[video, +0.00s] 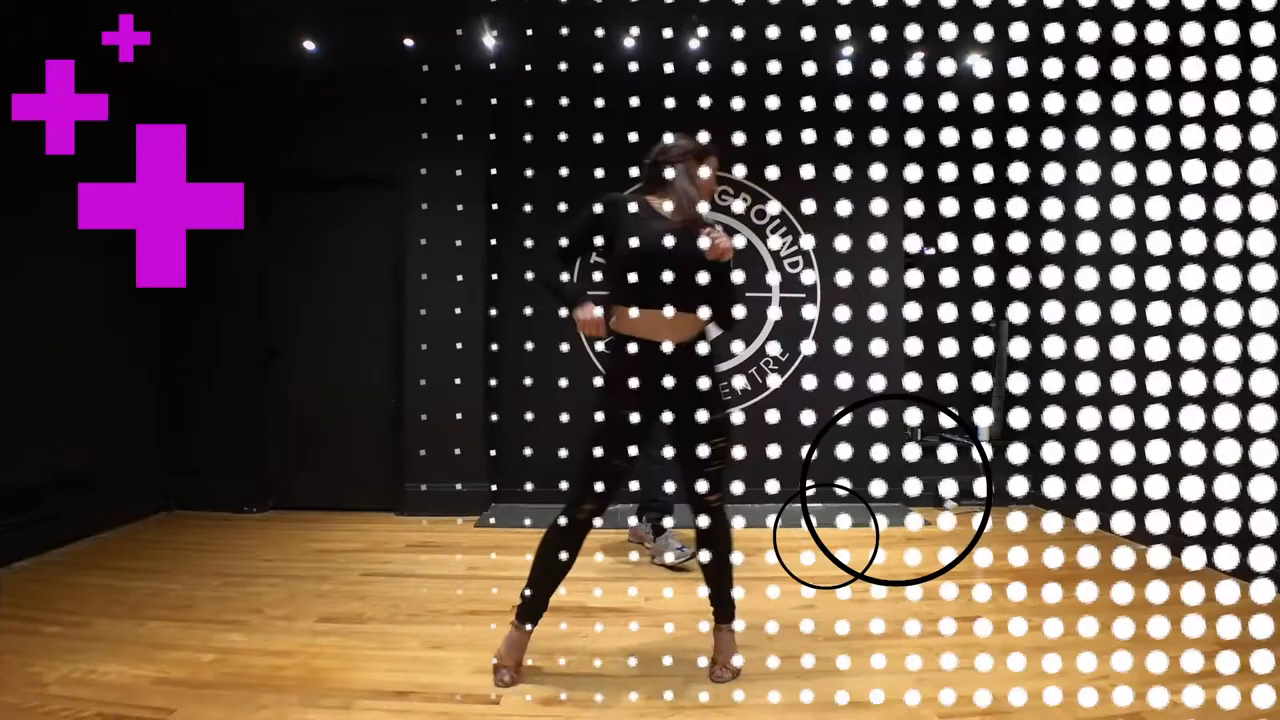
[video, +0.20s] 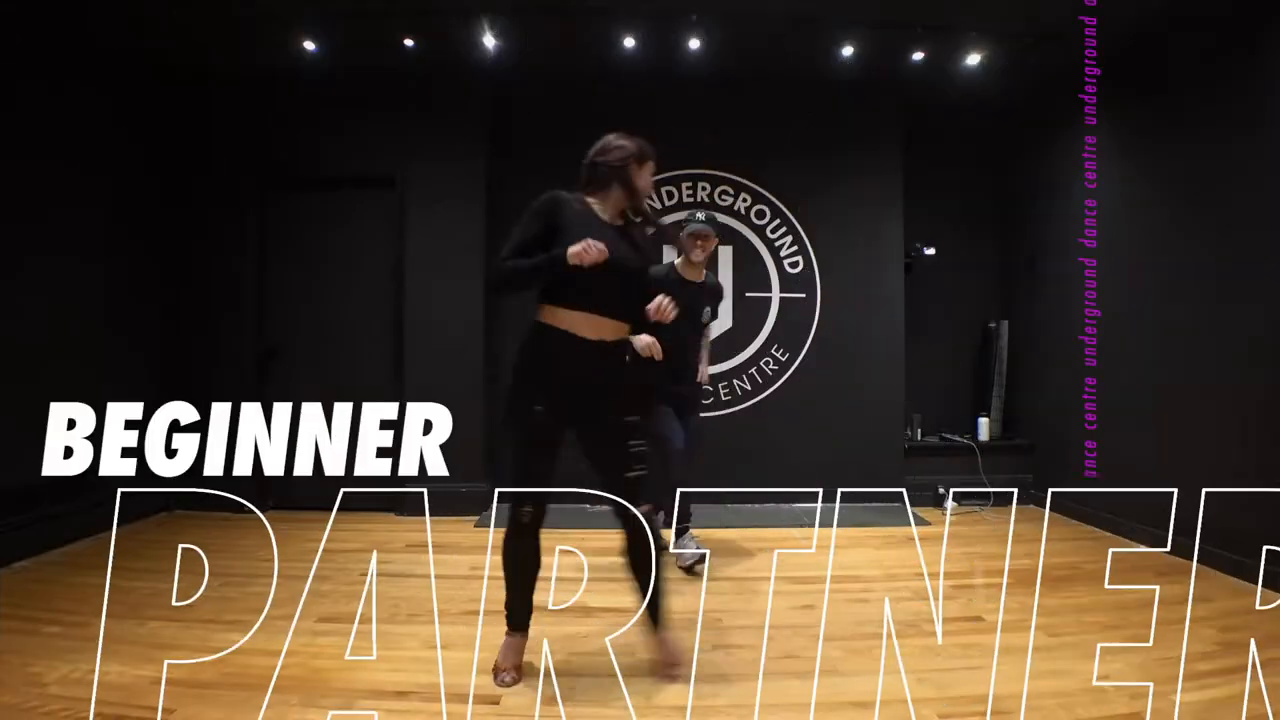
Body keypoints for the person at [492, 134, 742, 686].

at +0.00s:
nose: (714, 184)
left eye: (715, 174)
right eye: (707, 172)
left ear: (699, 177)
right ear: (675, 171)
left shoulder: (711, 236)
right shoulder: (616, 217)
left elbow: (724, 319)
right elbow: (589, 297)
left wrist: (721, 266)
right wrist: (588, 314)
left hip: (695, 376)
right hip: (628, 372)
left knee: (710, 503)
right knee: (588, 502)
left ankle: (724, 630)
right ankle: (522, 629)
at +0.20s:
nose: (653, 185)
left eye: (653, 176)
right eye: (648, 174)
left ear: (625, 176)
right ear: (621, 174)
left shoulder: (641, 237)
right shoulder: (557, 209)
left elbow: (641, 304)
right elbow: (503, 276)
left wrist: (661, 306)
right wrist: (563, 258)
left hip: (610, 372)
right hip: (546, 365)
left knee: (635, 508)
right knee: (527, 507)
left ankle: (659, 630)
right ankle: (515, 632)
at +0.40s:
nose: (613, 179)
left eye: (613, 169)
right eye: (608, 168)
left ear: (592, 173)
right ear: (582, 167)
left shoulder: (597, 235)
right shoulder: (520, 211)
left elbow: (591, 309)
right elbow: (484, 289)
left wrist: (626, 320)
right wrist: (549, 277)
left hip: (565, 376)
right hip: (505, 369)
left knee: (546, 507)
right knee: (495, 506)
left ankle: (545, 628)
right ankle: (507, 631)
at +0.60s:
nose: (575, 173)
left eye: (575, 164)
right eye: (568, 162)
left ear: (552, 167)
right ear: (537, 161)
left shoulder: (564, 226)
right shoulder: (474, 206)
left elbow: (594, 309)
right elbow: (421, 263)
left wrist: (584, 250)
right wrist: (395, 302)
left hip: (537, 365)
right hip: (471, 360)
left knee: (540, 495)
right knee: (436, 492)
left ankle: (546, 624)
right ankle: (415, 621)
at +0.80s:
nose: (522, 176)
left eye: (522, 167)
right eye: (513, 165)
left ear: (503, 173)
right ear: (480, 165)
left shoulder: (507, 234)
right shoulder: (419, 211)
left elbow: (532, 311)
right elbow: (357, 230)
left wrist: (501, 243)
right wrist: (337, 265)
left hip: (483, 366)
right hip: (416, 365)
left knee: (506, 496)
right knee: (373, 493)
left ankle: (544, 620)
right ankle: (394, 617)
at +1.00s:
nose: (394, 177)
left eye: (404, 166)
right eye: (393, 169)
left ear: (438, 170)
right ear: (409, 178)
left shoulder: (464, 242)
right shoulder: (403, 235)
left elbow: (438, 322)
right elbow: (384, 293)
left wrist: (361, 320)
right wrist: (346, 264)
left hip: (417, 377)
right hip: (377, 370)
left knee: (364, 494)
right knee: (359, 494)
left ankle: (393, 608)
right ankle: (397, 600)